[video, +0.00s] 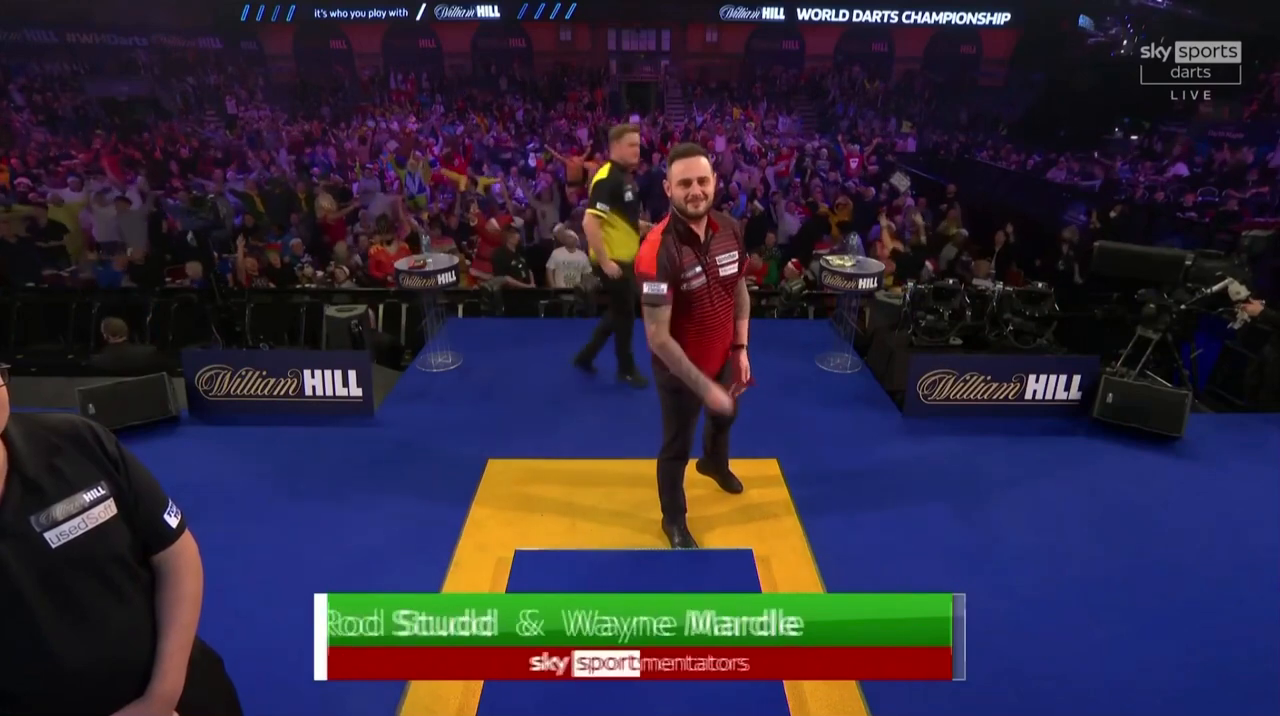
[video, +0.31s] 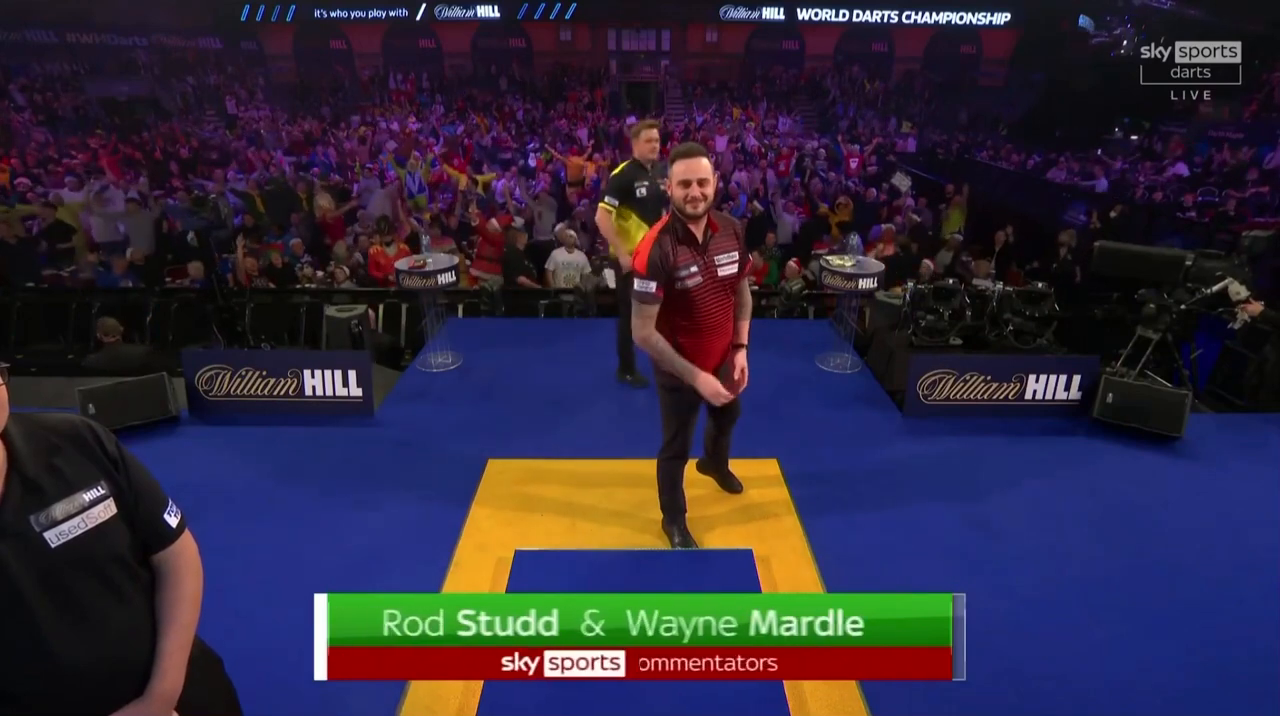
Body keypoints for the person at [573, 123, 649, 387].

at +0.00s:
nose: (637, 150)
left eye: (638, 145)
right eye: (631, 145)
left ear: (637, 148)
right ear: (614, 148)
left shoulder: (627, 178)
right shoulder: (607, 178)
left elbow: (623, 220)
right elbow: (590, 222)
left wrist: (648, 228)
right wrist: (604, 260)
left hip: (628, 258)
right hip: (613, 259)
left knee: (620, 313)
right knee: (624, 314)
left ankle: (585, 356)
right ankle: (626, 369)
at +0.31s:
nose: (654, 146)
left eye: (657, 141)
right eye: (648, 141)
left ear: (660, 144)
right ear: (634, 144)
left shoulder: (661, 172)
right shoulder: (622, 175)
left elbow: (665, 211)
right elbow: (602, 217)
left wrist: (669, 241)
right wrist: (621, 253)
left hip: (658, 252)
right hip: (630, 256)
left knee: (660, 312)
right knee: (629, 315)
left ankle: (667, 367)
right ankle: (626, 368)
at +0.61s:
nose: (664, 145)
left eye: (668, 140)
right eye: (659, 140)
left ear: (673, 142)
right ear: (648, 141)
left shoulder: (679, 170)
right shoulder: (631, 173)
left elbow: (690, 203)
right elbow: (613, 208)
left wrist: (683, 228)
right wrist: (638, 230)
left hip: (671, 249)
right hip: (637, 250)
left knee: (672, 305)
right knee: (634, 309)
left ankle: (673, 367)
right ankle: (631, 368)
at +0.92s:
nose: (656, 143)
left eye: (661, 138)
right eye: (652, 138)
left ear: (669, 140)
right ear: (645, 141)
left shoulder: (677, 169)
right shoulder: (631, 170)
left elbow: (691, 201)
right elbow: (615, 202)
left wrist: (676, 221)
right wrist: (632, 222)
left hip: (668, 244)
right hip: (636, 243)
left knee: (664, 300)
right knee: (630, 300)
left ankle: (666, 356)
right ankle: (626, 357)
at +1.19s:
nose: (642, 142)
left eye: (647, 137)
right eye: (638, 137)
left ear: (657, 139)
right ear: (632, 140)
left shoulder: (669, 169)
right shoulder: (621, 171)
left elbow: (681, 201)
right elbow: (604, 203)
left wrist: (663, 219)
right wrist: (624, 222)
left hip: (661, 244)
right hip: (628, 244)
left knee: (660, 299)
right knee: (624, 300)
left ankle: (662, 356)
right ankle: (620, 357)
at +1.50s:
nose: (624, 142)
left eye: (629, 137)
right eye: (620, 137)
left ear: (639, 140)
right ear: (615, 140)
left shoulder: (657, 172)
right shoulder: (605, 172)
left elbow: (668, 206)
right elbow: (585, 204)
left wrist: (649, 225)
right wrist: (605, 220)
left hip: (645, 248)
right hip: (615, 249)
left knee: (648, 305)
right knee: (618, 305)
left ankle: (654, 354)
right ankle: (619, 355)